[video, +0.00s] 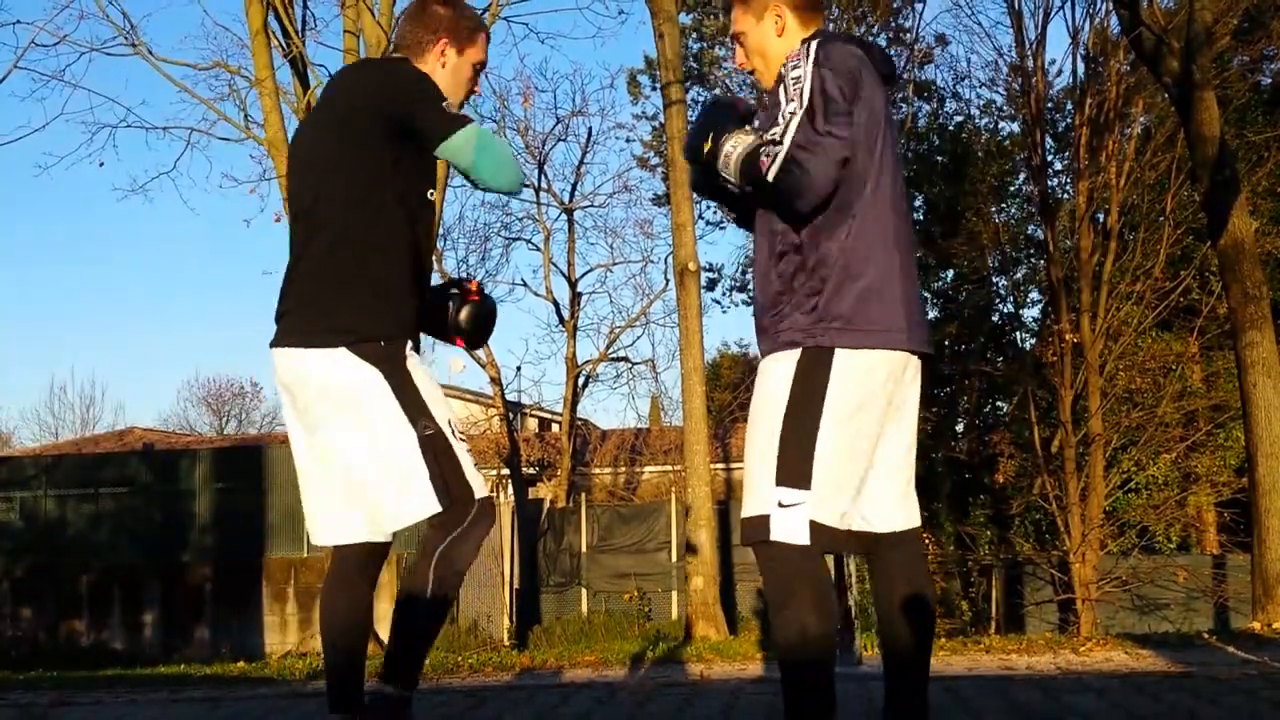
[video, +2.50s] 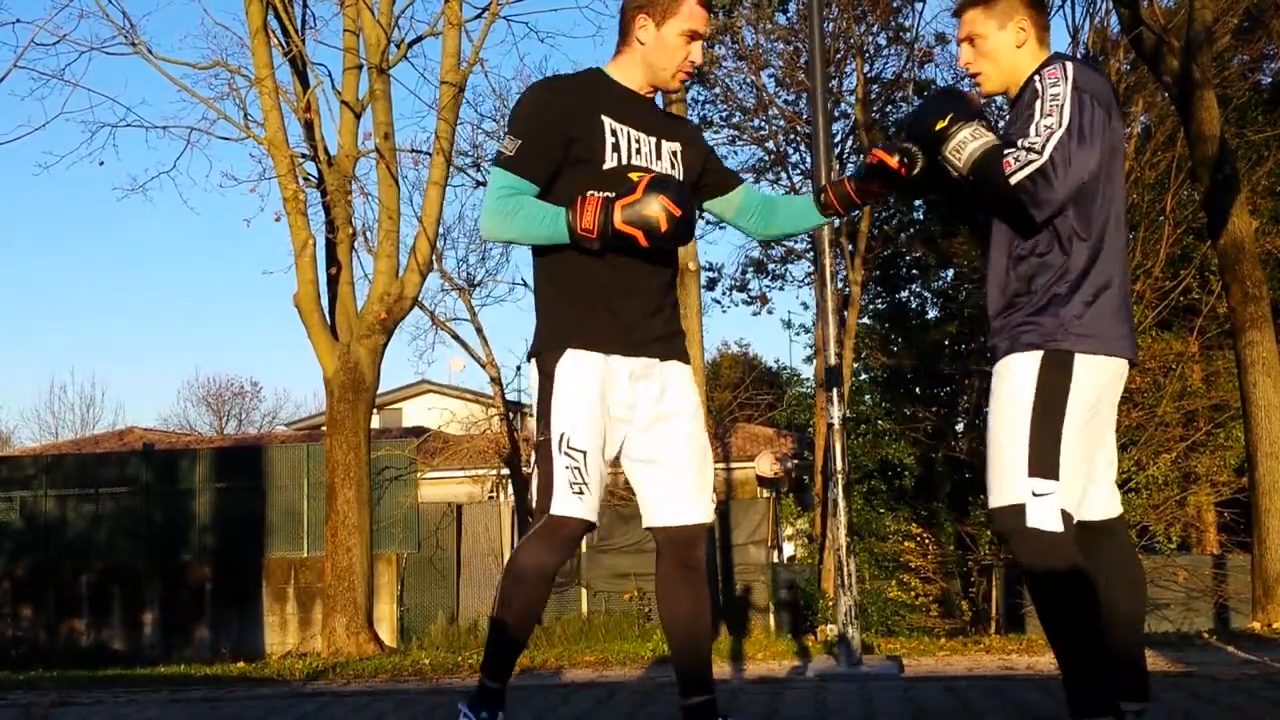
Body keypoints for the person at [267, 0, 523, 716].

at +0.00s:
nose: (472, 88)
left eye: (475, 73)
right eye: (473, 69)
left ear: (422, 44)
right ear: (444, 51)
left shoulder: (336, 106)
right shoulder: (395, 83)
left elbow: (347, 249)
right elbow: (506, 176)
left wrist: (436, 309)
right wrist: (451, 121)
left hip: (306, 345)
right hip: (359, 344)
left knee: (360, 529)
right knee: (467, 513)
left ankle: (345, 707)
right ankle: (396, 696)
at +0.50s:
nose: (558, 76)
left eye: (564, 61)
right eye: (555, 57)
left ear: (509, 35)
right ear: (513, 35)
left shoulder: (449, 98)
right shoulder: (469, 91)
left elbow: (481, 249)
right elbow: (538, 219)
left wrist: (568, 254)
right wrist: (562, 178)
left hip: (414, 342)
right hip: (446, 345)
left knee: (441, 534)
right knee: (493, 528)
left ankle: (378, 705)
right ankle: (503, 713)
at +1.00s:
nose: (624, 67)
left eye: (632, 54)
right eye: (620, 46)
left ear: (588, 33)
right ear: (577, 25)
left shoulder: (588, 129)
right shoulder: (496, 84)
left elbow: (660, 226)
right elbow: (494, 187)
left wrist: (711, 172)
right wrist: (604, 163)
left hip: (575, 349)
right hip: (503, 344)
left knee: (598, 531)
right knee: (531, 529)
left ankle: (610, 711)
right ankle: (515, 713)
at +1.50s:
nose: (630, 78)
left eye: (638, 66)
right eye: (625, 60)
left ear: (604, 46)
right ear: (584, 36)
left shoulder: (605, 144)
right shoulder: (508, 96)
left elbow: (664, 231)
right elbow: (468, 186)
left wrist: (733, 182)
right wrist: (572, 196)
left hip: (598, 354)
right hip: (525, 347)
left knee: (605, 533)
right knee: (530, 522)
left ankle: (610, 713)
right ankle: (440, 701)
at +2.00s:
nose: (572, 60)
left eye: (582, 48)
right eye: (563, 40)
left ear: (584, 50)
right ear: (520, 25)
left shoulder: (556, 137)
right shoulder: (452, 100)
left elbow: (554, 261)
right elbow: (437, 215)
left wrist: (627, 270)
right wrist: (541, 197)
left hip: (565, 358)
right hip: (484, 357)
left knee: (642, 506)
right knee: (463, 537)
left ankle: (652, 702)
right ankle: (408, 715)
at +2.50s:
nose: (700, 54)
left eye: (704, 41)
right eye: (692, 37)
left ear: (666, 38)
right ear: (644, 27)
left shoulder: (681, 136)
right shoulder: (556, 100)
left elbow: (759, 212)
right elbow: (498, 214)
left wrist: (846, 194)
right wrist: (596, 215)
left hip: (663, 353)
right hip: (579, 348)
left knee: (684, 526)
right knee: (565, 519)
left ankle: (698, 708)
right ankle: (486, 699)